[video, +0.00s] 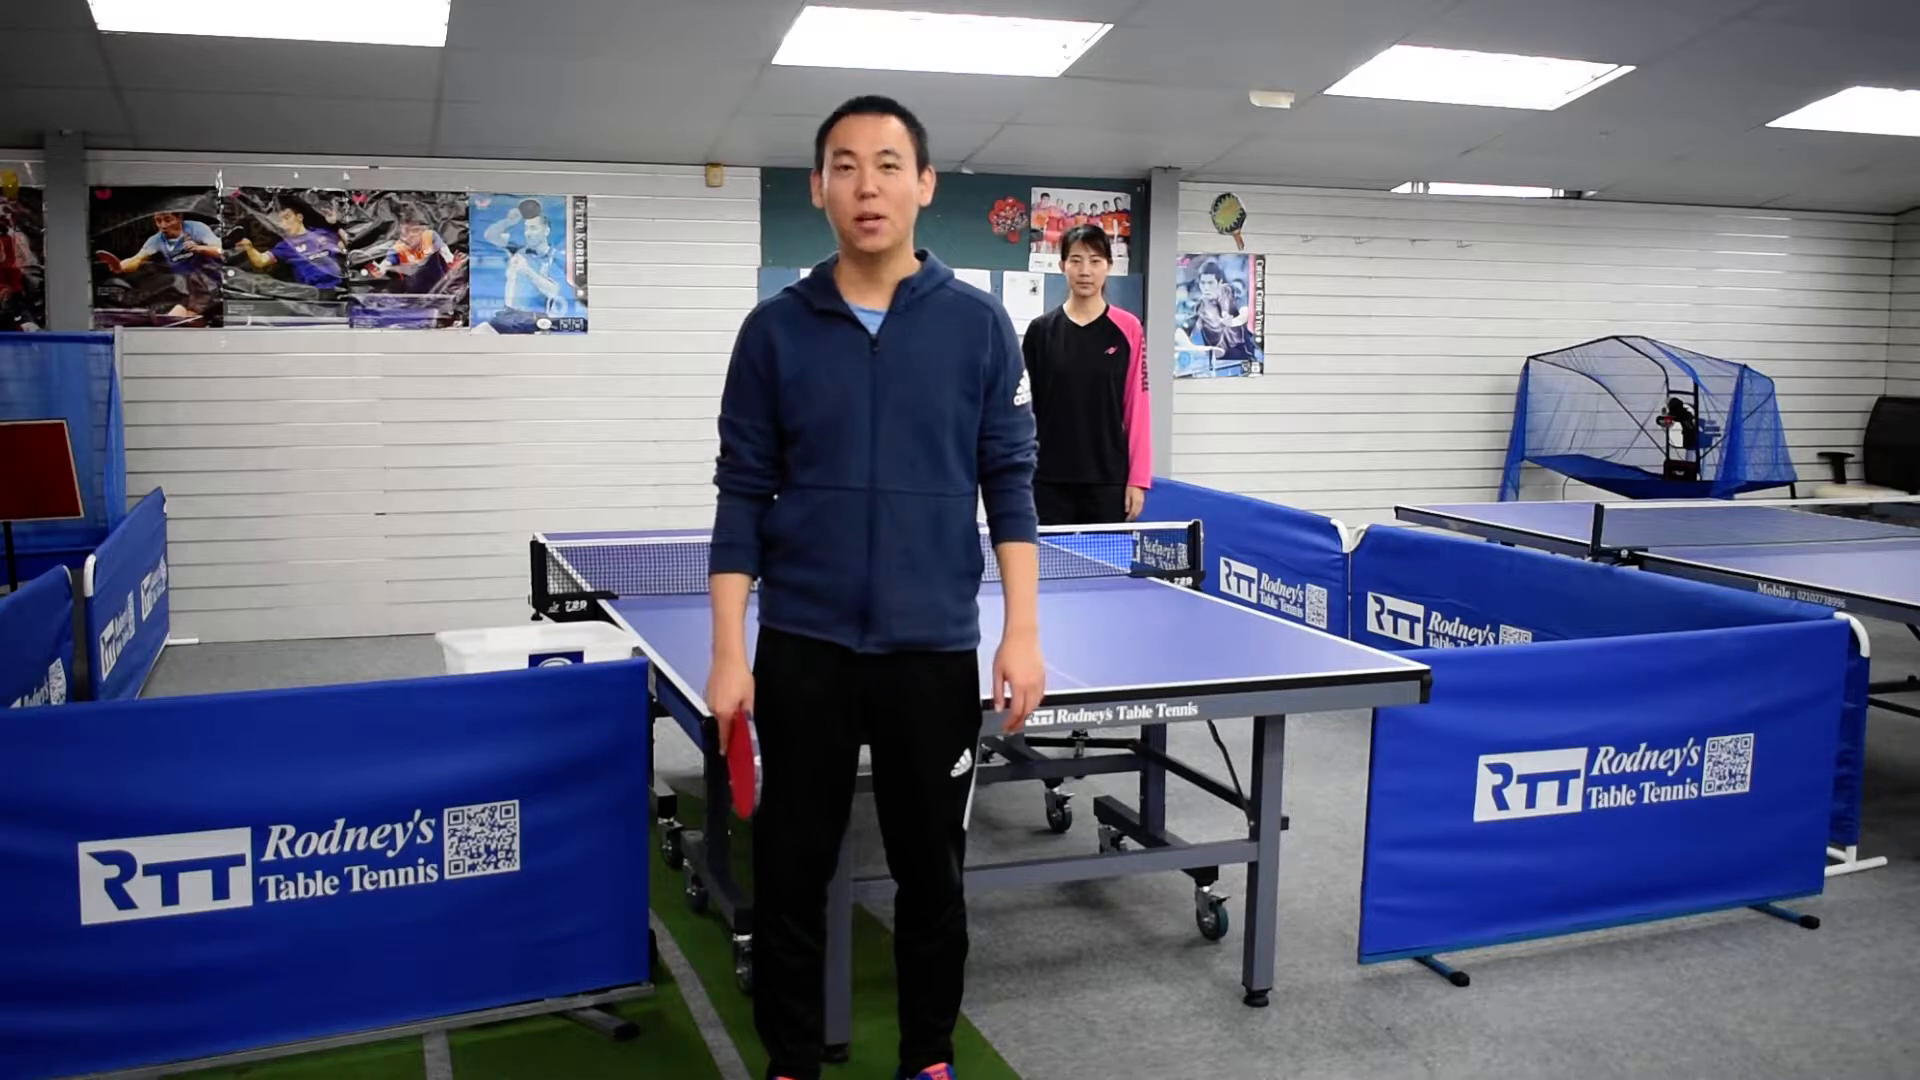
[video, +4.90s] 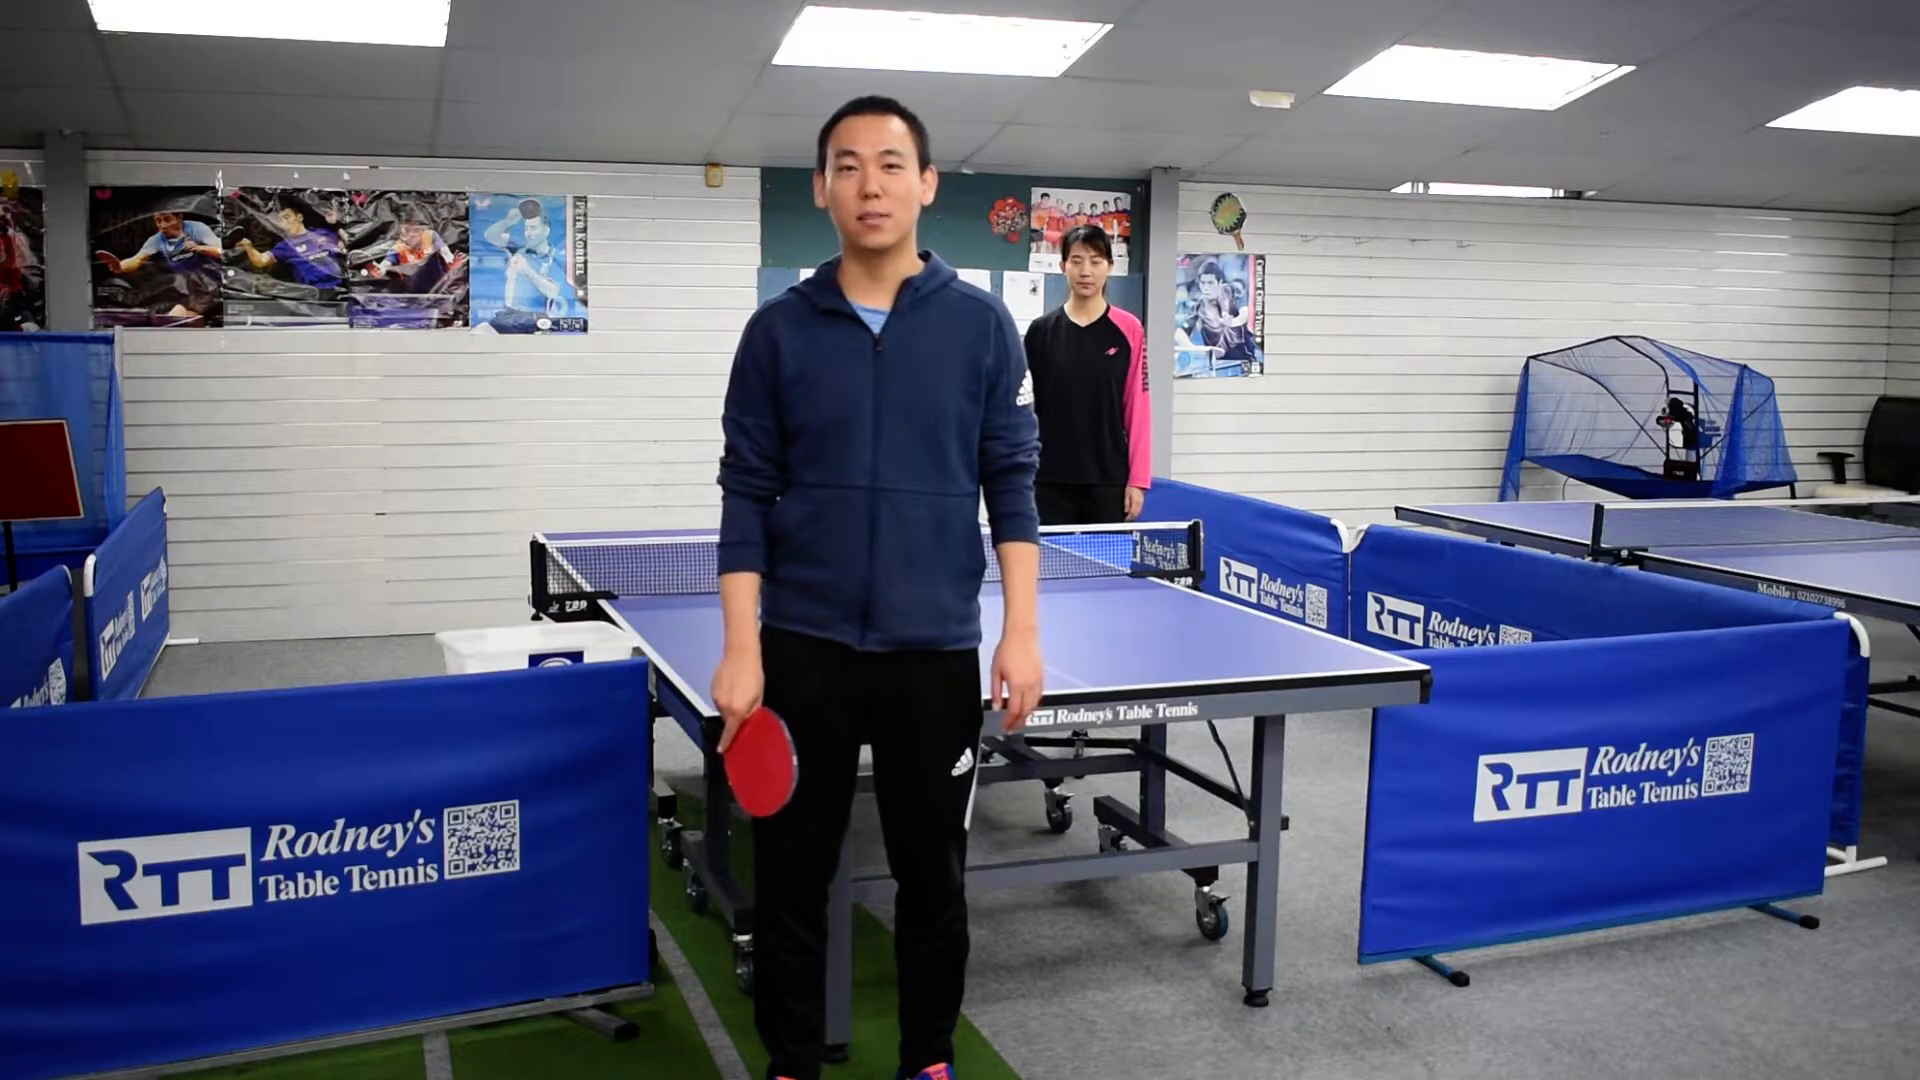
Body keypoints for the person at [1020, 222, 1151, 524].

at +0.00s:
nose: (1085, 271)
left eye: (1095, 262)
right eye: (1076, 261)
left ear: (1108, 267)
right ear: (1063, 266)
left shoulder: (1128, 329)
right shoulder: (1039, 331)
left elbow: (1137, 407)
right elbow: (1023, 405)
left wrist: (1138, 478)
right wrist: (1020, 477)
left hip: (1107, 482)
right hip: (1050, 480)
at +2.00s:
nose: (1085, 271)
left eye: (1095, 262)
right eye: (1075, 261)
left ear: (1108, 267)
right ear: (1063, 266)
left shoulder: (1128, 329)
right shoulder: (1040, 331)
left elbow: (1136, 407)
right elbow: (1023, 405)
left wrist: (1138, 479)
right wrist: (1021, 476)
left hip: (1107, 482)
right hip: (1049, 480)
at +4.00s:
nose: (1086, 271)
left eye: (1096, 262)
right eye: (1076, 261)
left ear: (1109, 268)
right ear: (1064, 267)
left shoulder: (1129, 329)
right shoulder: (1039, 332)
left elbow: (1137, 407)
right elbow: (1026, 407)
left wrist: (1138, 479)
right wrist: (1027, 479)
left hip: (1109, 482)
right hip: (1053, 481)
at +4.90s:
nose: (1086, 272)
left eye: (1096, 262)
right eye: (1076, 261)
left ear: (1109, 268)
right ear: (1064, 266)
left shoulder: (1129, 329)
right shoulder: (1040, 331)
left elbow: (1137, 407)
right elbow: (1023, 405)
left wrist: (1138, 479)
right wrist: (1021, 477)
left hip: (1108, 483)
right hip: (1050, 481)